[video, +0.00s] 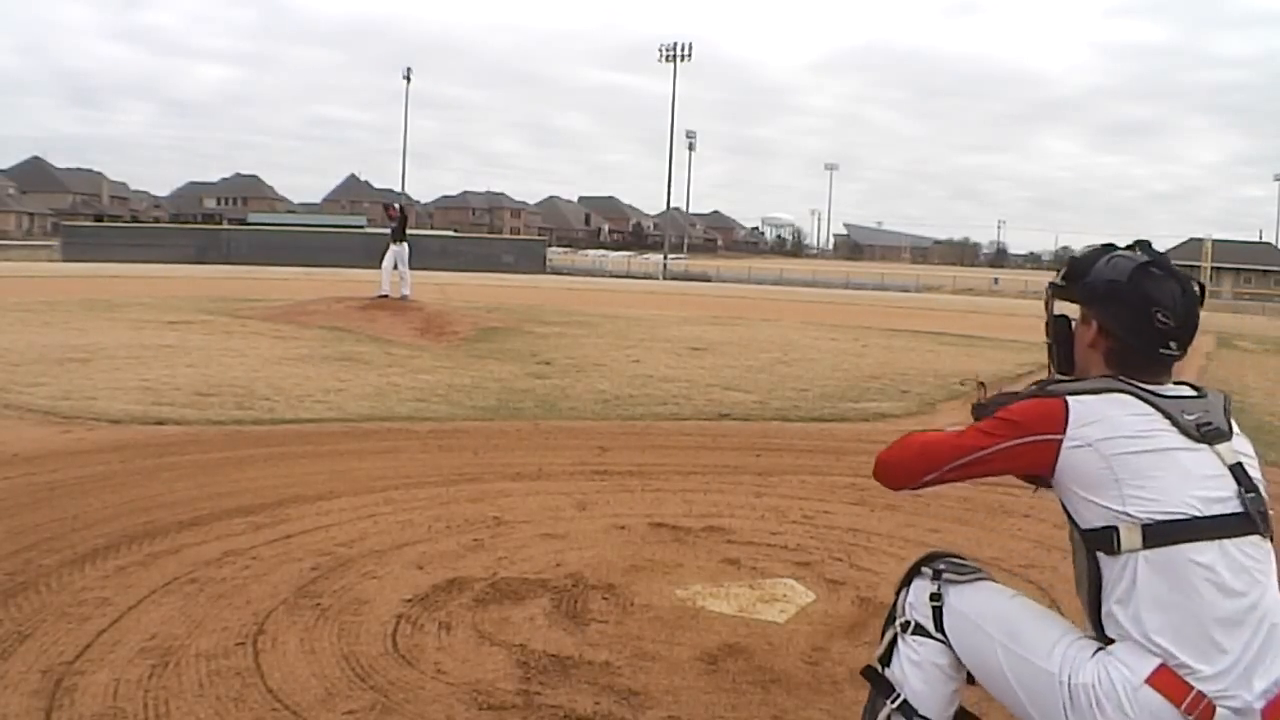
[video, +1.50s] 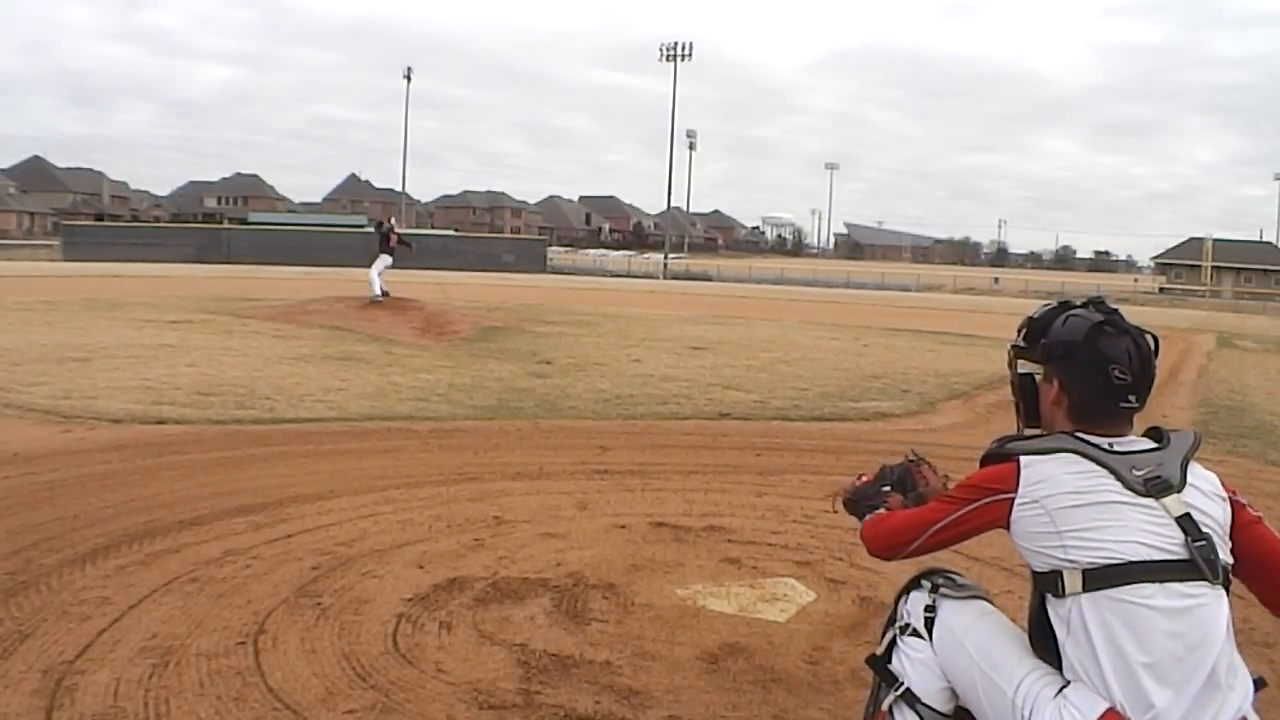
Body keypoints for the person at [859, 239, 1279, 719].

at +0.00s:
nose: (1070, 327)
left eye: (1077, 317)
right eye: (1074, 314)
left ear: (1094, 333)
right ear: (1168, 343)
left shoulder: (1071, 416)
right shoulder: (1221, 416)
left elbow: (892, 467)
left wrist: (991, 423)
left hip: (1158, 703)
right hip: (1261, 703)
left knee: (934, 587)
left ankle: (910, 704)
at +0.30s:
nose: (1035, 335)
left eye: (1039, 323)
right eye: (1038, 322)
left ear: (1055, 337)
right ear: (1133, 345)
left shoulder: (1019, 413)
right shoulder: (1181, 418)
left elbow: (857, 461)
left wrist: (967, 416)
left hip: (1090, 707)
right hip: (1229, 707)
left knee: (893, 584)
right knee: (1238, 572)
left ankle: (888, 709)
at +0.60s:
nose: (1036, 365)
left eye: (1043, 353)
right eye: (1040, 351)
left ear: (1060, 368)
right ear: (1134, 374)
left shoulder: (1035, 452)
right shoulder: (1186, 445)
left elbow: (865, 502)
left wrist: (960, 464)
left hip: (1118, 711)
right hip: (1241, 707)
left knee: (921, 589)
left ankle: (897, 707)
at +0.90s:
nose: (1036, 374)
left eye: (1041, 363)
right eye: (1039, 360)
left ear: (1058, 379)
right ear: (1133, 382)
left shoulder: (1031, 462)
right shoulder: (1185, 457)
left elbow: (858, 511)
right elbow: (1263, 561)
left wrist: (934, 478)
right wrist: (1158, 510)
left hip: (1108, 712)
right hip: (1229, 709)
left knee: (922, 594)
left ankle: (903, 706)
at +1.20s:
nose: (1033, 382)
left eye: (1039, 370)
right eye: (1037, 368)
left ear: (1057, 387)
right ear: (1132, 387)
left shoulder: (1027, 468)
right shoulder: (1196, 473)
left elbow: (882, 527)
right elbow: (1275, 580)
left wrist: (878, 497)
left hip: (1108, 711)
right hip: (1229, 708)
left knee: (927, 597)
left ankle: (906, 706)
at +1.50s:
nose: (1034, 391)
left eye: (1038, 378)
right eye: (1037, 376)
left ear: (1058, 394)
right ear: (1132, 395)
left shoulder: (1027, 473)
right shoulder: (1203, 481)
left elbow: (888, 539)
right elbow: (1277, 590)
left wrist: (873, 507)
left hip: (1108, 715)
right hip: (1230, 711)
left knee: (929, 601)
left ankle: (909, 708)